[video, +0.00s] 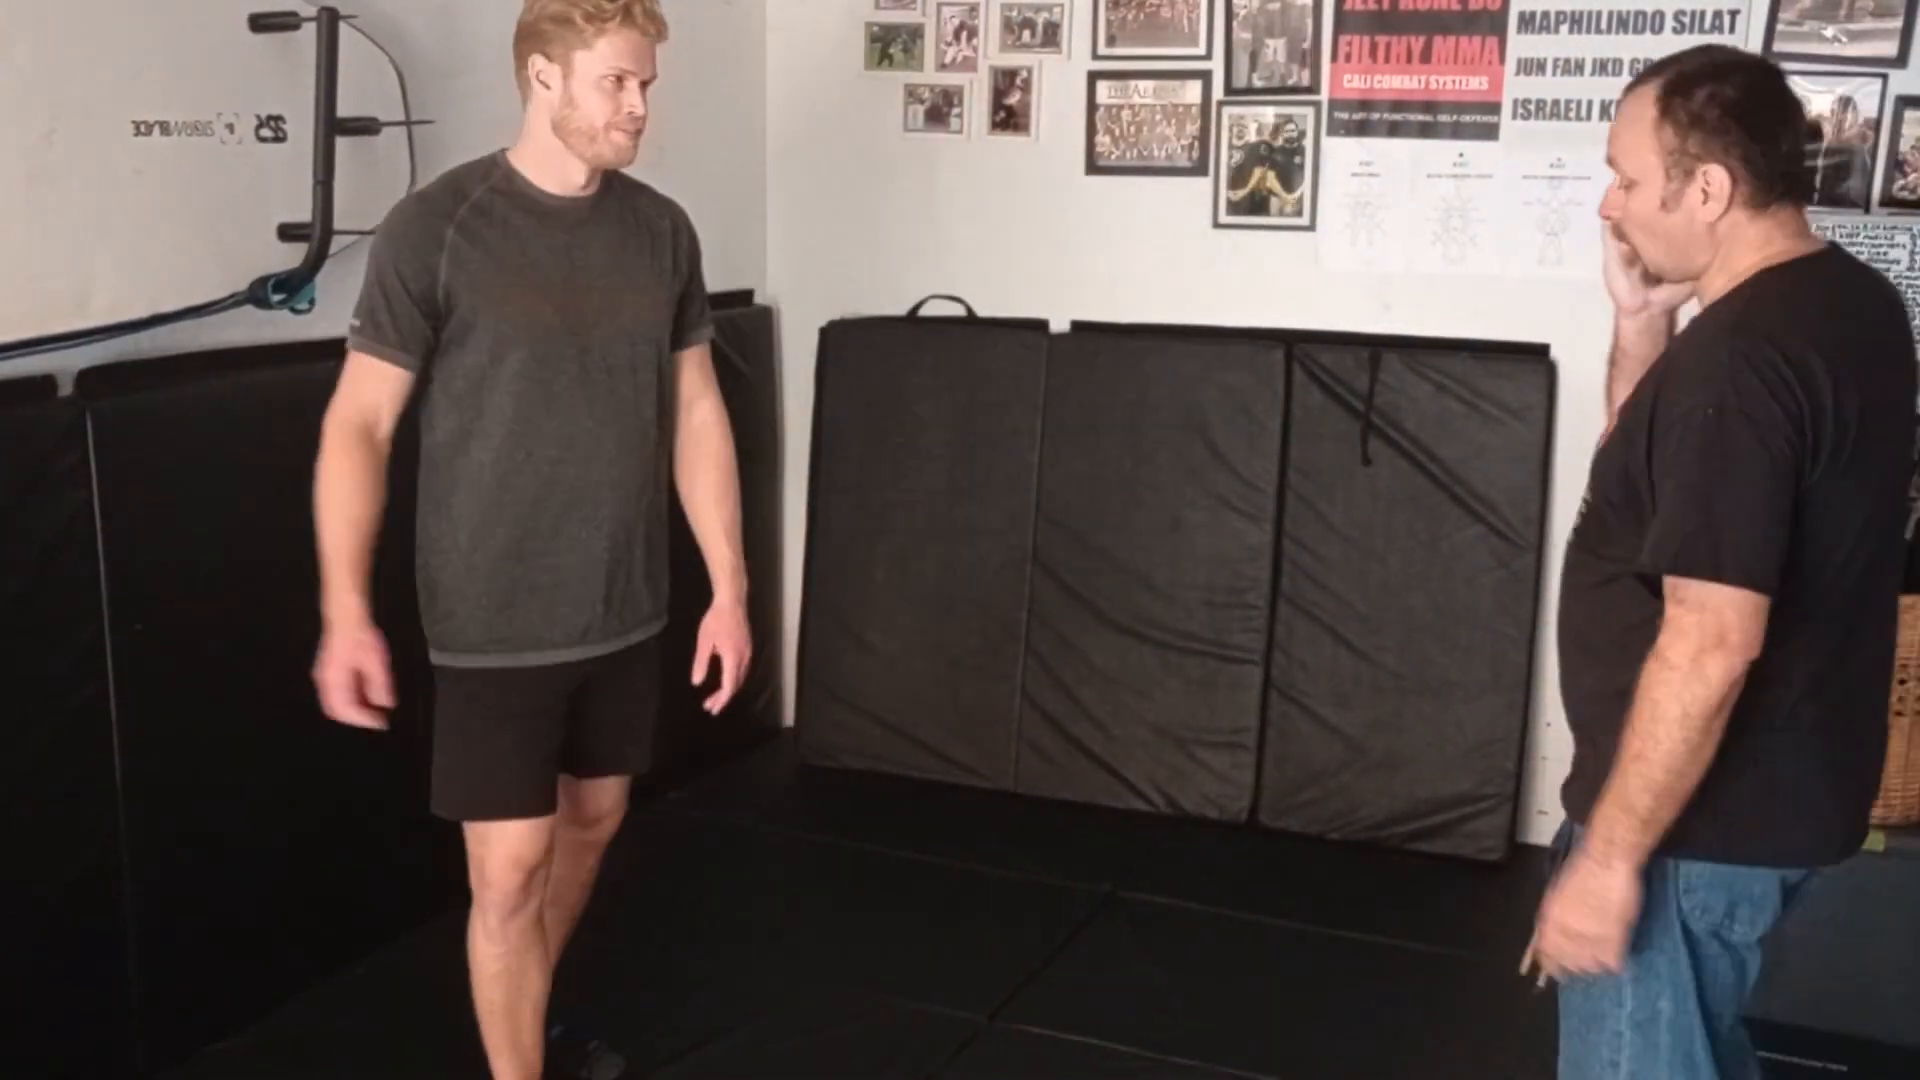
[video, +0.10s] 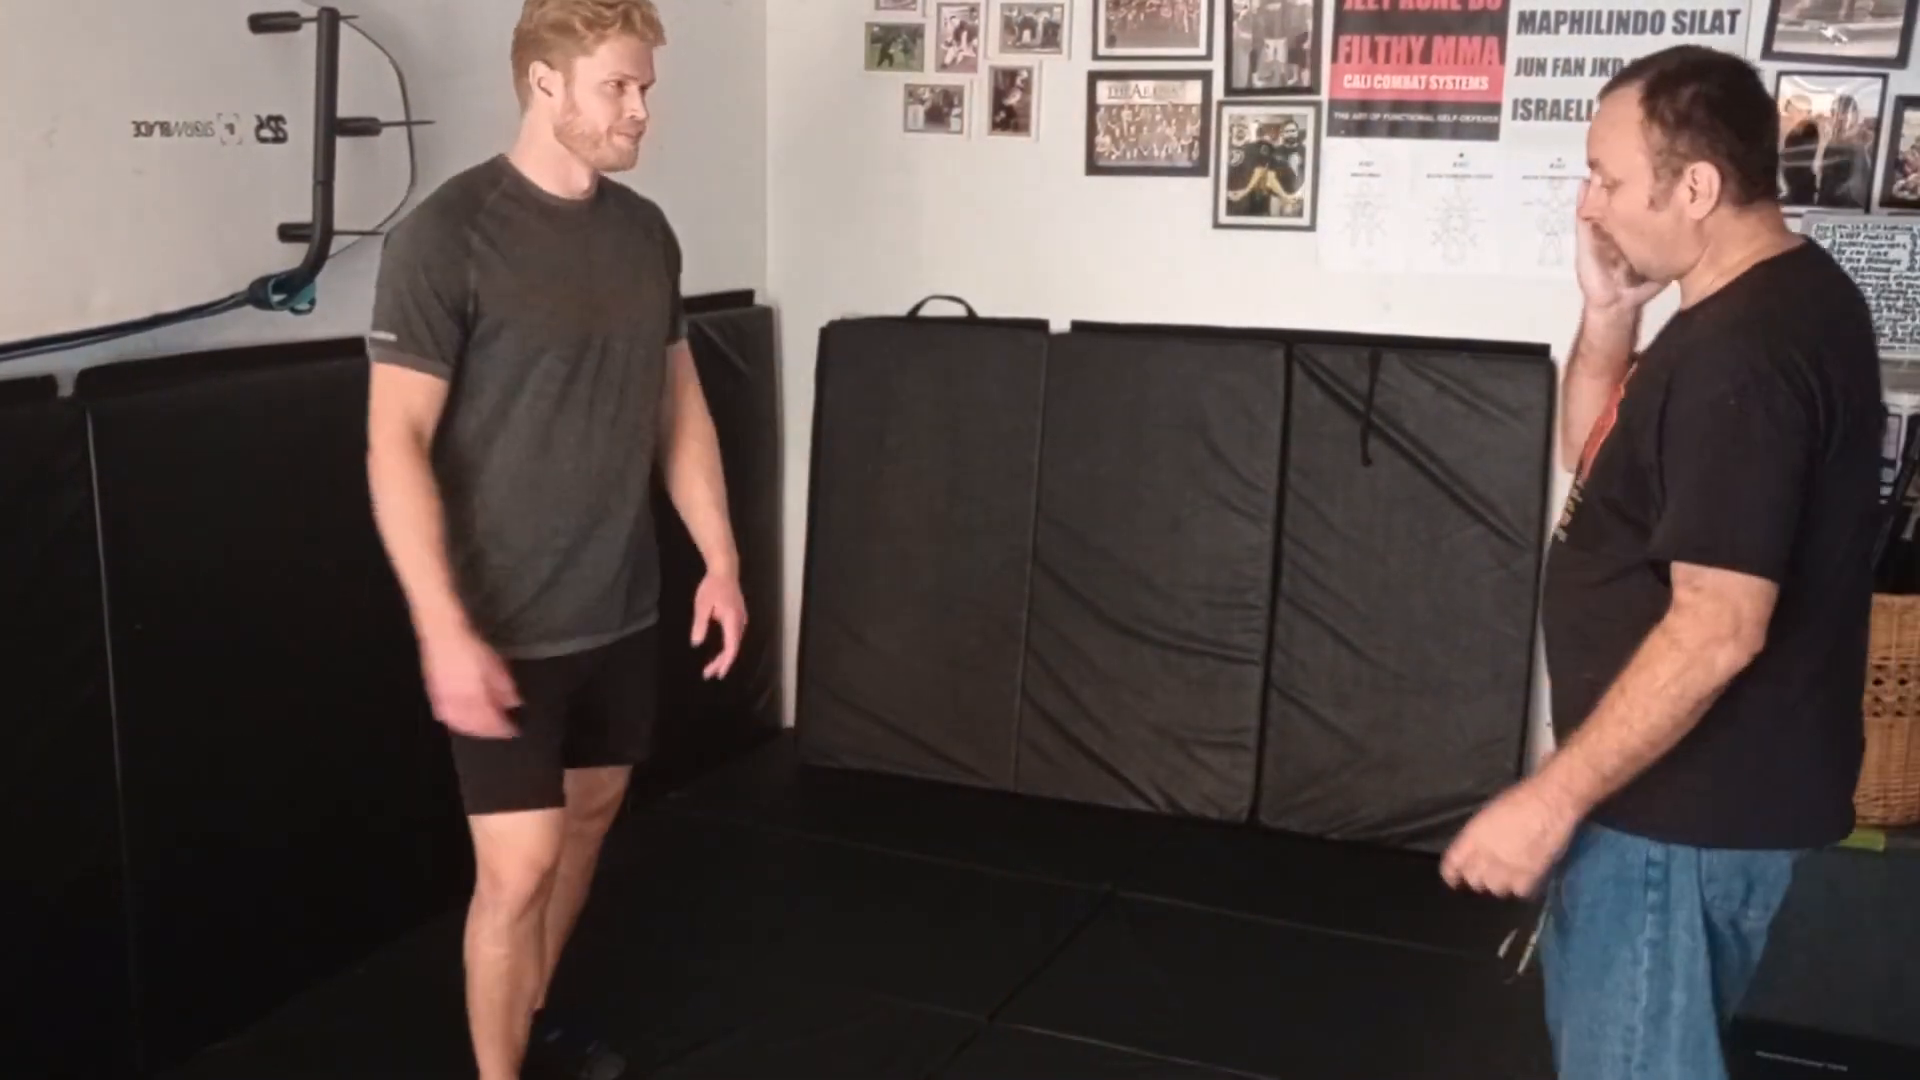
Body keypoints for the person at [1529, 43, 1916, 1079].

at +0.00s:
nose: (1609, 205)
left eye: (1624, 178)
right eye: (1612, 176)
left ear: (1710, 190)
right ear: (1724, 187)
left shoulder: (1735, 356)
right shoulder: (1857, 306)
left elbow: (1712, 637)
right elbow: (1647, 500)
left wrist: (1605, 858)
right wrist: (1640, 319)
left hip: (1685, 838)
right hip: (1771, 819)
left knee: (1636, 1065)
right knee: (1690, 1055)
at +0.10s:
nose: (1586, 204)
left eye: (1606, 180)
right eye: (1590, 176)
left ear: (1697, 190)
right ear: (1700, 188)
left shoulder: (1744, 341)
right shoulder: (1799, 298)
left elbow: (1719, 622)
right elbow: (1598, 482)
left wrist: (1548, 798)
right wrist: (1610, 310)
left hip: (1672, 821)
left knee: (1634, 1063)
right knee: (1639, 1055)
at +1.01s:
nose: (1609, 204)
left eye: (1639, 176)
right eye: (1601, 176)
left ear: (1733, 180)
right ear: (1596, 178)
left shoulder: (1840, 327)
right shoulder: (1622, 310)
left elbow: (1903, 551)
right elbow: (1621, 481)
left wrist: (1679, 518)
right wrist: (1524, 471)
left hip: (1789, 788)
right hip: (1613, 764)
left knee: (1825, 1062)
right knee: (1579, 1052)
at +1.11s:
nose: (1669, 225)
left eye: (1699, 196)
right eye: (1664, 196)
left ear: (1801, 204)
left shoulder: (1899, 356)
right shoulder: (1694, 325)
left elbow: (1912, 609)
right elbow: (1677, 507)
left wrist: (1707, 540)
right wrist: (1548, 511)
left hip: (1845, 827)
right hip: (1667, 785)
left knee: (1838, 1068)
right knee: (1604, 1056)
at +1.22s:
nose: (1693, 233)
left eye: (1725, 204)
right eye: (1692, 202)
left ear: (1828, 214)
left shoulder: (1909, 363)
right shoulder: (1738, 337)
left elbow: (1913, 620)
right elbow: (1707, 504)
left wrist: (1734, 561)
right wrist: (1570, 513)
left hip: (1871, 836)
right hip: (1705, 788)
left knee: (1852, 1067)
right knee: (1626, 1056)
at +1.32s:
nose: (1728, 222)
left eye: (1759, 195)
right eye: (1730, 191)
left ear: (1865, 205)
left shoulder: (1917, 347)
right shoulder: (1787, 319)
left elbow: (1911, 593)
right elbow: (1759, 493)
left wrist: (1776, 515)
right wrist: (1618, 476)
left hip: (1899, 830)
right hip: (1750, 784)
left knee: (1878, 1061)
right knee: (1676, 1047)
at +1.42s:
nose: (1764, 177)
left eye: (1796, 149)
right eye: (1766, 144)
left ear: (1902, 161)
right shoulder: (1811, 283)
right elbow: (1782, 445)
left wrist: (1824, 459)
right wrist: (1657, 432)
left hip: (1907, 795)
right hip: (1774, 756)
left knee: (1898, 1054)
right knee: (1745, 1050)